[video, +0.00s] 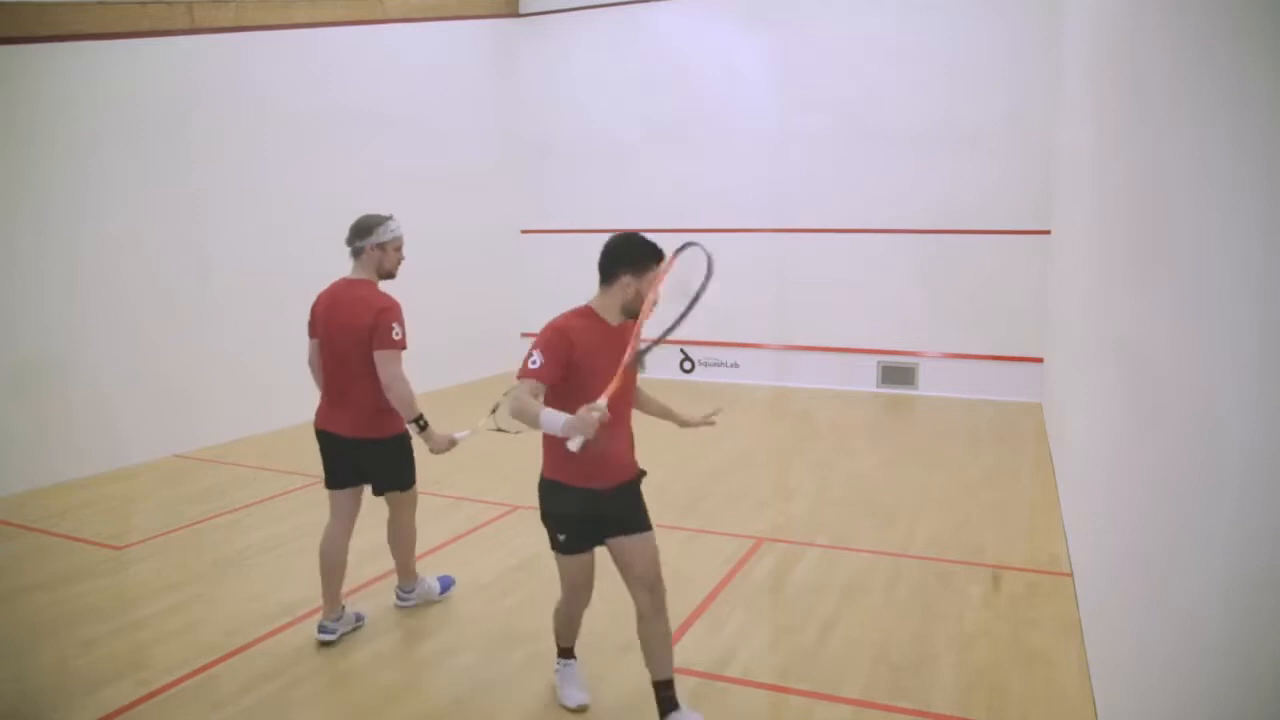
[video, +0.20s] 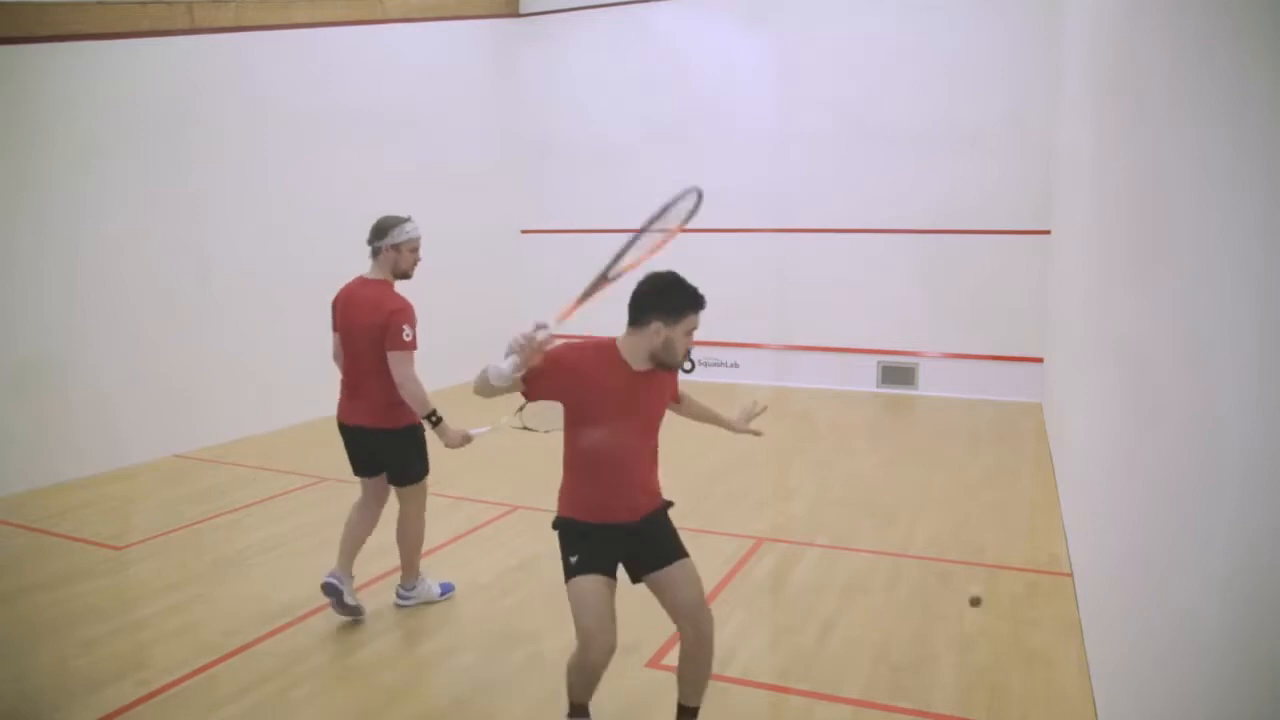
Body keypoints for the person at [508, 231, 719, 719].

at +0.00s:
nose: (656, 295)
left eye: (658, 284)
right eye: (653, 283)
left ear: (626, 281)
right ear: (624, 279)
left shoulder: (627, 333)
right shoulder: (562, 332)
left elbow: (626, 389)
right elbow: (518, 402)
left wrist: (677, 416)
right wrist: (566, 423)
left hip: (621, 485)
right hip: (568, 489)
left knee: (650, 590)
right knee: (576, 594)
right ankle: (566, 662)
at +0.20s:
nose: (692, 344)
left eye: (694, 334)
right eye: (689, 332)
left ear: (660, 329)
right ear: (657, 328)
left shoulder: (662, 373)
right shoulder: (577, 361)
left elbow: (679, 401)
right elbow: (484, 388)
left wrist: (730, 422)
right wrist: (516, 361)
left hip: (647, 519)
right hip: (586, 524)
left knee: (698, 622)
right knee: (597, 645)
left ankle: (687, 716)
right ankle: (577, 714)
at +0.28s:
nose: (691, 351)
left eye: (693, 340)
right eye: (688, 339)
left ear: (659, 337)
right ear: (655, 336)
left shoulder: (664, 379)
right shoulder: (574, 371)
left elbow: (680, 399)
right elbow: (483, 408)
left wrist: (719, 416)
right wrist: (503, 365)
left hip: (646, 524)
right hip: (585, 531)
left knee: (702, 632)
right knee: (605, 661)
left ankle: (688, 716)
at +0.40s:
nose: (684, 357)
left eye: (685, 346)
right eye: (679, 346)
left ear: (646, 347)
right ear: (644, 346)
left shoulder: (650, 389)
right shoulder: (568, 402)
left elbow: (645, 414)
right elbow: (546, 503)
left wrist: (668, 430)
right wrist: (515, 448)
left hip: (628, 536)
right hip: (573, 551)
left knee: (694, 637)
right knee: (623, 680)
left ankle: (689, 715)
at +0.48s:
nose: (671, 340)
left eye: (671, 328)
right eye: (666, 328)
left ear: (628, 327)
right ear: (630, 328)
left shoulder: (595, 360)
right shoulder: (589, 409)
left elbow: (605, 415)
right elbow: (617, 503)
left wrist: (636, 446)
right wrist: (660, 548)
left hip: (602, 534)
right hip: (559, 548)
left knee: (664, 620)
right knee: (622, 681)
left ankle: (681, 713)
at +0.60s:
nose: (641, 295)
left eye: (641, 281)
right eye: (639, 280)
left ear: (594, 280)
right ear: (612, 284)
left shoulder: (539, 330)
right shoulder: (592, 370)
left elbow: (546, 412)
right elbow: (657, 445)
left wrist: (593, 452)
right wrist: (708, 463)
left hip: (536, 513)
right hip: (537, 528)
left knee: (616, 603)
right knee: (597, 658)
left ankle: (607, 705)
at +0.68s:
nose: (616, 286)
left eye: (615, 273)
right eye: (614, 272)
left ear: (556, 272)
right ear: (598, 276)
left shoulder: (511, 333)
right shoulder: (590, 362)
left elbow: (509, 417)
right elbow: (631, 428)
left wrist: (559, 467)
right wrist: (671, 418)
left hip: (487, 518)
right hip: (535, 529)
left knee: (559, 623)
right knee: (594, 673)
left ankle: (534, 708)